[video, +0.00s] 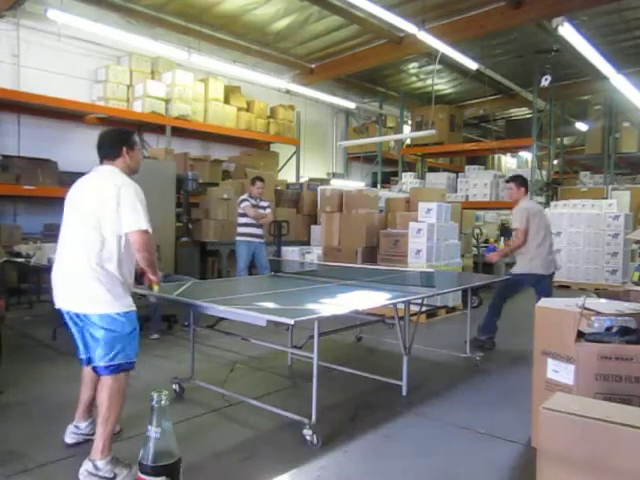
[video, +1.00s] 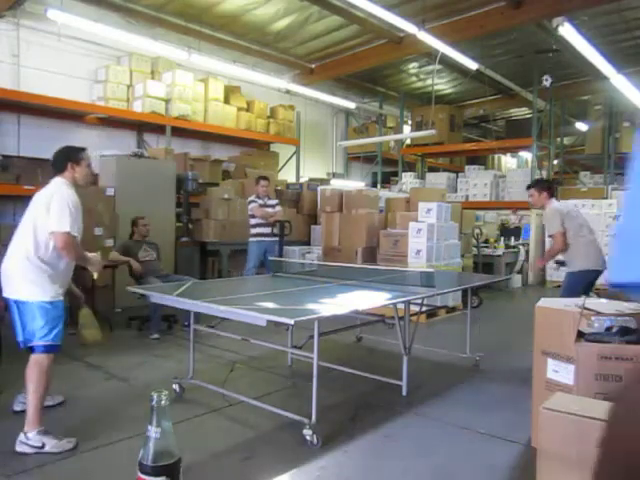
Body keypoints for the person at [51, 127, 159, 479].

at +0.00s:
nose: (142, 156)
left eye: (141, 150)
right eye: (139, 149)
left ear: (106, 154)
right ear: (126, 152)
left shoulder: (81, 184)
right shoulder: (124, 186)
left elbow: (88, 238)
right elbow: (140, 244)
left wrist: (131, 266)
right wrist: (152, 272)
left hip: (68, 292)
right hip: (102, 296)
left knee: (93, 359)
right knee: (116, 370)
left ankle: (81, 422)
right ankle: (100, 460)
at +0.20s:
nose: (130, 163)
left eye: (129, 157)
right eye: (128, 157)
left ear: (98, 161)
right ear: (115, 159)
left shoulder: (77, 190)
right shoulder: (118, 192)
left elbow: (79, 240)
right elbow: (140, 251)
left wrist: (124, 262)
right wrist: (149, 272)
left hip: (64, 286)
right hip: (98, 292)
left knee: (85, 341)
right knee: (126, 366)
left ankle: (55, 397)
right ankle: (101, 458)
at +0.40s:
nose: (110, 174)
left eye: (109, 168)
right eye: (107, 169)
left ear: (83, 173)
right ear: (92, 172)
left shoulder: (66, 201)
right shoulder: (94, 205)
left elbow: (66, 250)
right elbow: (108, 259)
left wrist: (112, 262)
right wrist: (129, 268)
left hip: (55, 292)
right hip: (82, 298)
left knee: (67, 342)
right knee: (104, 363)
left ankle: (36, 389)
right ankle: (100, 454)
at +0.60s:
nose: (100, 174)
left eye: (99, 169)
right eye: (96, 169)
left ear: (78, 171)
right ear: (80, 171)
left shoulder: (68, 197)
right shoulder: (70, 200)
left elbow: (86, 247)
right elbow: (63, 251)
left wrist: (124, 259)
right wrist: (90, 272)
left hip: (44, 284)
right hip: (54, 287)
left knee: (52, 346)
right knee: (69, 353)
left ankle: (29, 395)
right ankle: (72, 438)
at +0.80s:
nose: (93, 169)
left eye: (92, 164)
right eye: (89, 164)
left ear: (69, 166)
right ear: (73, 165)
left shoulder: (55, 189)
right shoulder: (65, 190)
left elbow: (55, 237)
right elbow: (62, 237)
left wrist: (82, 257)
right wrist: (84, 257)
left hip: (25, 278)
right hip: (41, 280)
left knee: (40, 342)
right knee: (52, 347)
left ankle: (32, 393)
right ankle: (39, 429)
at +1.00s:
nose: (92, 171)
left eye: (91, 165)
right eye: (87, 165)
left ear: (67, 168)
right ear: (72, 167)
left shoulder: (51, 191)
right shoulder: (64, 193)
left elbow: (47, 248)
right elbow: (63, 242)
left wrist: (70, 286)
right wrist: (87, 259)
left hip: (23, 279)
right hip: (36, 282)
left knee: (39, 344)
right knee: (43, 351)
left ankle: (30, 395)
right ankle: (32, 431)